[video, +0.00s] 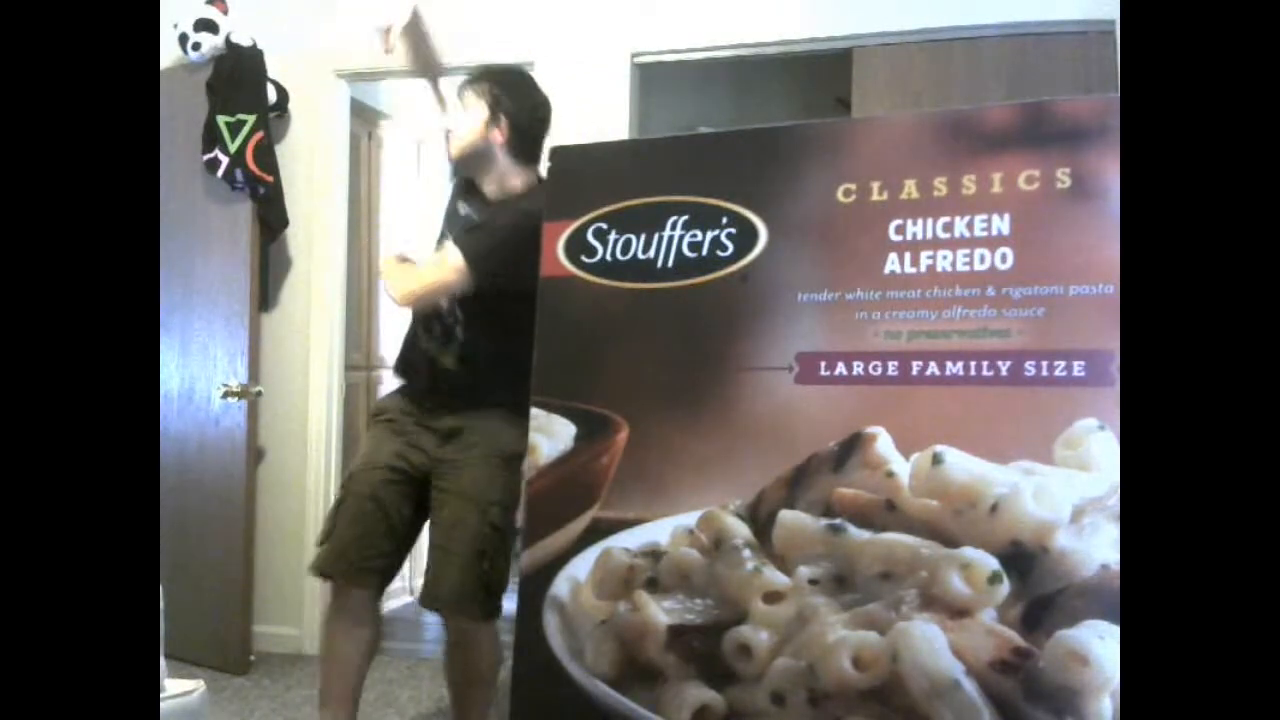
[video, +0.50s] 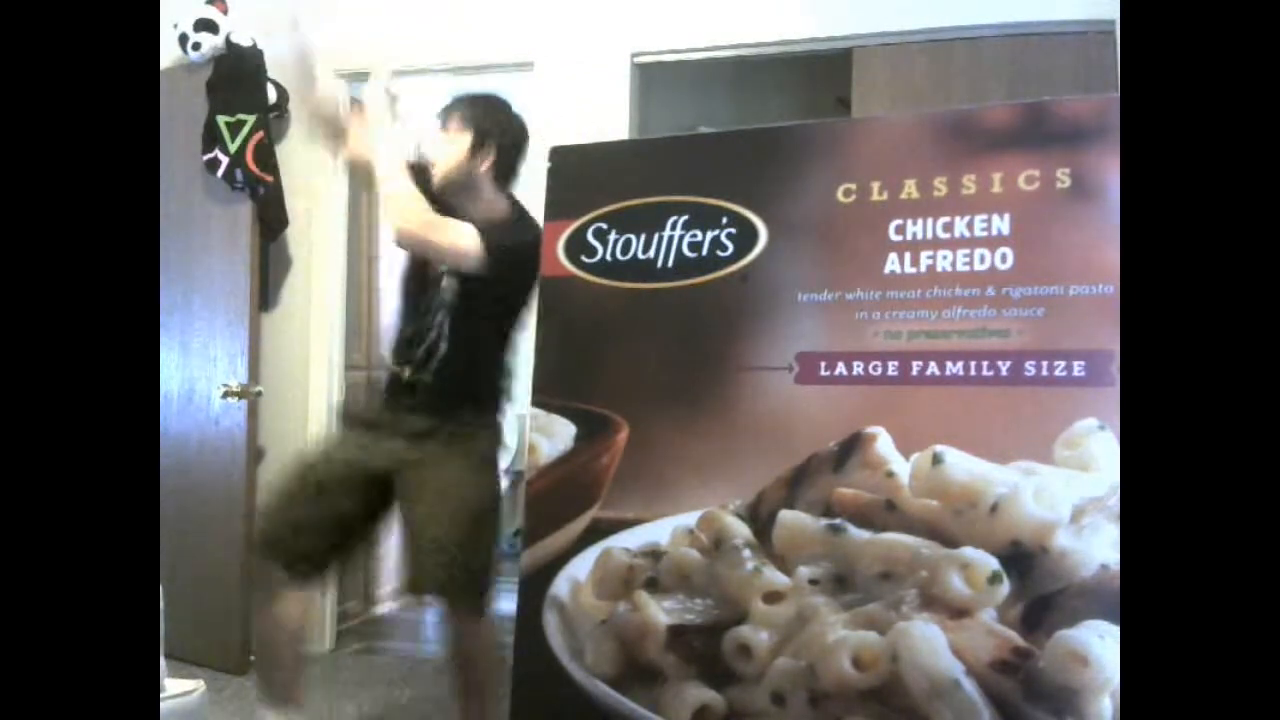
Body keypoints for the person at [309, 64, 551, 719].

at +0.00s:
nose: (449, 122)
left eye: (463, 110)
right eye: (454, 111)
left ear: (499, 127)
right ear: (494, 129)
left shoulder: (529, 216)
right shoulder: (473, 181)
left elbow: (413, 290)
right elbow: (445, 99)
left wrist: (393, 260)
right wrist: (415, 37)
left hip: (483, 427)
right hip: (408, 413)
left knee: (465, 603)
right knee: (352, 575)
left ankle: (473, 718)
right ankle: (335, 715)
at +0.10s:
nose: (446, 118)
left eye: (458, 104)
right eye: (451, 104)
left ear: (493, 116)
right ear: (496, 118)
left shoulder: (524, 201)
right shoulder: (476, 178)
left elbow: (403, 275)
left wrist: (393, 269)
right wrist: (458, 70)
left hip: (484, 418)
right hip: (411, 406)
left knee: (462, 597)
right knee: (357, 572)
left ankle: (473, 717)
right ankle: (334, 714)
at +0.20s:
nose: (436, 130)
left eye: (447, 116)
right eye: (442, 115)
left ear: (483, 123)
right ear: (487, 125)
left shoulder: (518, 204)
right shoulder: (467, 196)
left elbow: (431, 256)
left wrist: (353, 267)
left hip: (479, 418)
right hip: (413, 407)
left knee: (449, 596)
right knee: (364, 577)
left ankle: (472, 716)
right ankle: (337, 714)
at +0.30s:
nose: (435, 144)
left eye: (446, 131)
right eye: (440, 130)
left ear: (481, 142)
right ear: (482, 142)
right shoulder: (466, 207)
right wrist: (396, 197)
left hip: (476, 427)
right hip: (410, 416)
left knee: (441, 601)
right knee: (354, 581)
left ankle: (473, 716)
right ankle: (330, 714)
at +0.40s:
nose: (434, 162)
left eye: (445, 148)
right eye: (439, 147)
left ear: (481, 159)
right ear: (480, 160)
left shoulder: (525, 247)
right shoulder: (463, 216)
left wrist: (384, 256)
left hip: (473, 432)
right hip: (407, 421)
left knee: (433, 597)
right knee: (335, 579)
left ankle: (469, 714)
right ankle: (323, 713)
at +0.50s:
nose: (432, 146)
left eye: (447, 136)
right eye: (437, 135)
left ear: (485, 152)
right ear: (470, 151)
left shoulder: (515, 235)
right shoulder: (438, 201)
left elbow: (420, 230)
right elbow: (370, 161)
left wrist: (372, 166)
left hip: (454, 438)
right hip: (382, 424)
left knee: (464, 599)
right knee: (284, 543)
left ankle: (477, 717)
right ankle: (281, 707)